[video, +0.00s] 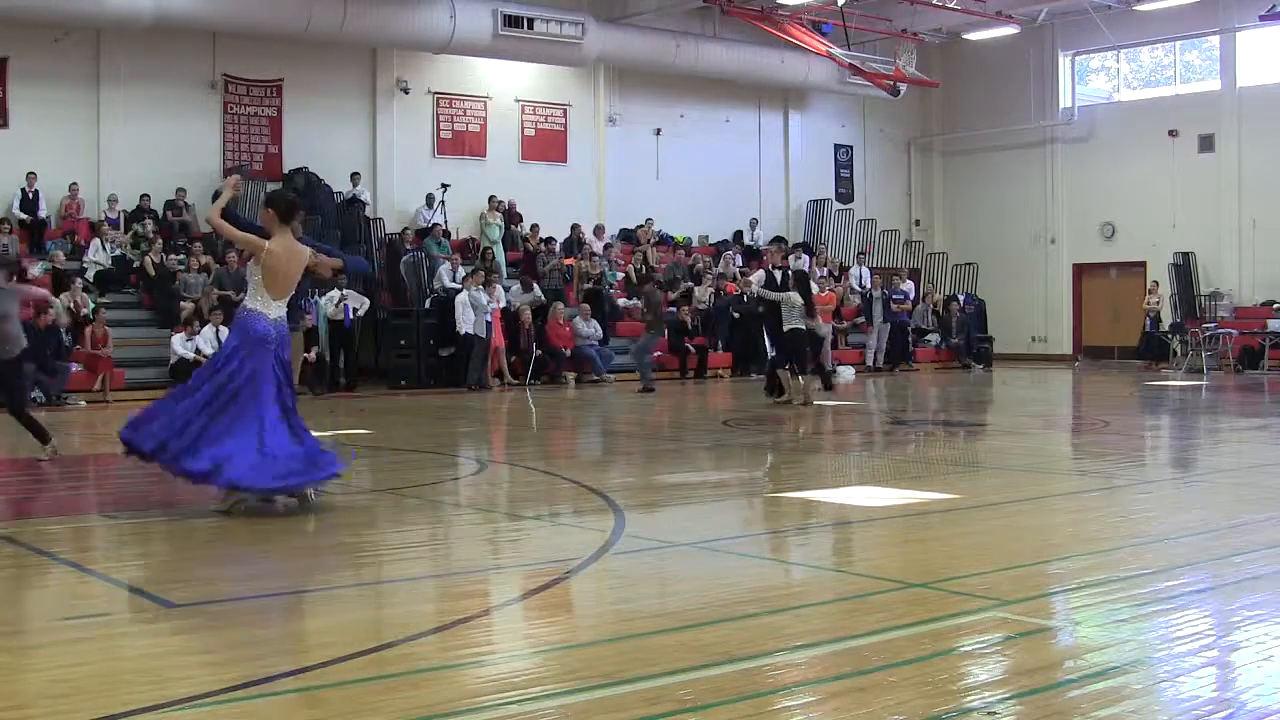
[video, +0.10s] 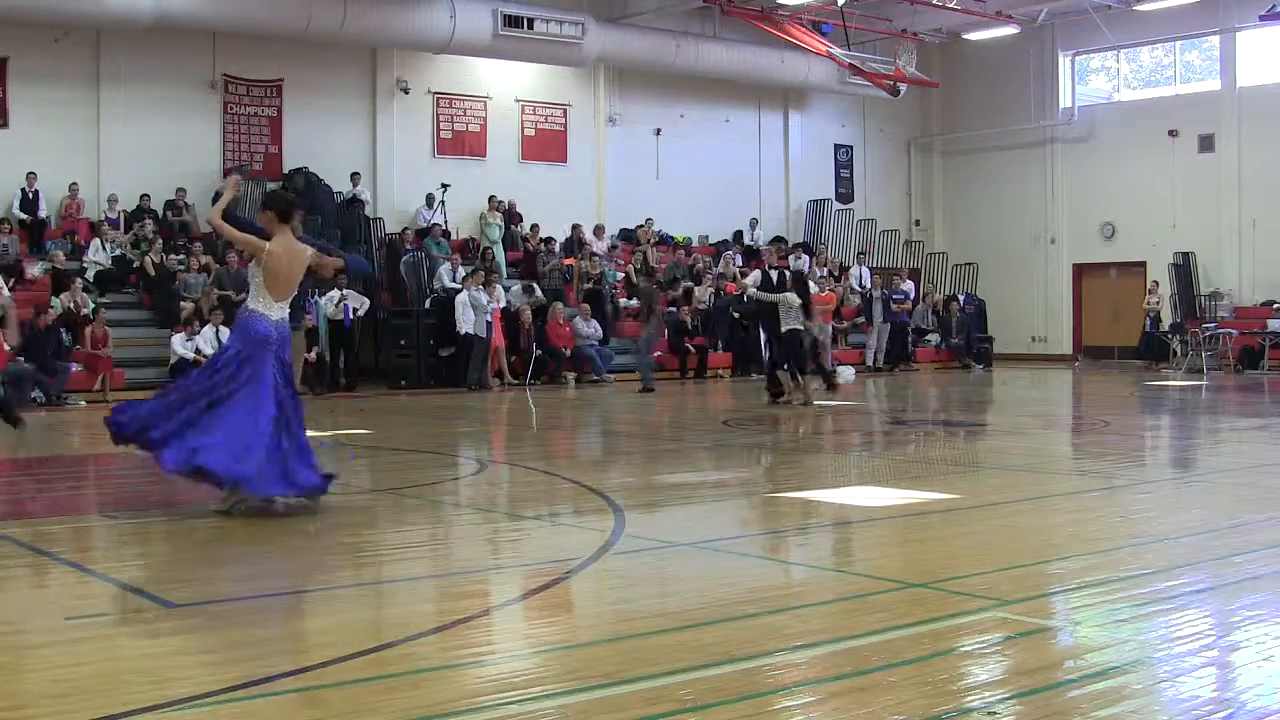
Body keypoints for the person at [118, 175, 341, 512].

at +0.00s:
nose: (261, 214)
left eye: (264, 210)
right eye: (263, 210)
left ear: (272, 214)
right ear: (292, 217)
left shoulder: (264, 247)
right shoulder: (304, 253)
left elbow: (214, 219)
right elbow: (328, 268)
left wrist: (228, 192)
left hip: (252, 325)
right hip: (278, 329)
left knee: (248, 402)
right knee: (270, 402)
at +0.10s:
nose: (259, 217)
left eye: (263, 212)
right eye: (261, 212)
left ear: (272, 215)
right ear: (291, 216)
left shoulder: (266, 248)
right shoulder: (306, 252)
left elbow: (215, 220)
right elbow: (324, 266)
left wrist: (228, 193)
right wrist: (331, 263)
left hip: (254, 325)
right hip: (280, 330)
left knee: (243, 401)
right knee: (269, 403)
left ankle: (242, 477)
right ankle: (266, 478)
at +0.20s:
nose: (264, 219)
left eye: (267, 213)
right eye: (266, 213)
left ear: (276, 215)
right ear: (296, 215)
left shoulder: (272, 248)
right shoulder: (314, 251)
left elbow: (222, 221)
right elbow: (339, 262)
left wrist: (230, 191)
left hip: (264, 332)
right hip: (291, 334)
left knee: (253, 404)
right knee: (281, 406)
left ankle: (251, 483)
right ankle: (297, 480)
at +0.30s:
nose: (271, 218)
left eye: (273, 212)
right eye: (272, 212)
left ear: (284, 214)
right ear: (301, 212)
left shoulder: (282, 246)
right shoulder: (323, 248)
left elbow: (236, 217)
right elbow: (350, 261)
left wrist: (232, 189)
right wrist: (329, 261)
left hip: (276, 328)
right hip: (305, 331)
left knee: (254, 401)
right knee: (300, 406)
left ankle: (240, 484)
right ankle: (316, 481)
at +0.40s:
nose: (281, 215)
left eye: (284, 210)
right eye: (282, 209)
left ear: (295, 211)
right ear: (311, 210)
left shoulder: (292, 243)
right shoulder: (332, 246)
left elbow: (252, 218)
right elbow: (354, 258)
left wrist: (241, 191)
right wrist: (368, 258)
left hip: (290, 327)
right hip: (318, 330)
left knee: (268, 397)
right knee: (313, 404)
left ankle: (251, 472)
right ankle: (319, 482)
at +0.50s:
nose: (287, 217)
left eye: (289, 211)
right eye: (289, 211)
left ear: (300, 212)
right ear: (319, 211)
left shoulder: (298, 244)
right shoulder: (340, 246)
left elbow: (258, 216)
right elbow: (365, 258)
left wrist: (248, 189)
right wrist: (357, 258)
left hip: (298, 328)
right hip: (326, 329)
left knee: (277, 395)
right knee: (321, 401)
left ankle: (252, 462)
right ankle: (318, 478)